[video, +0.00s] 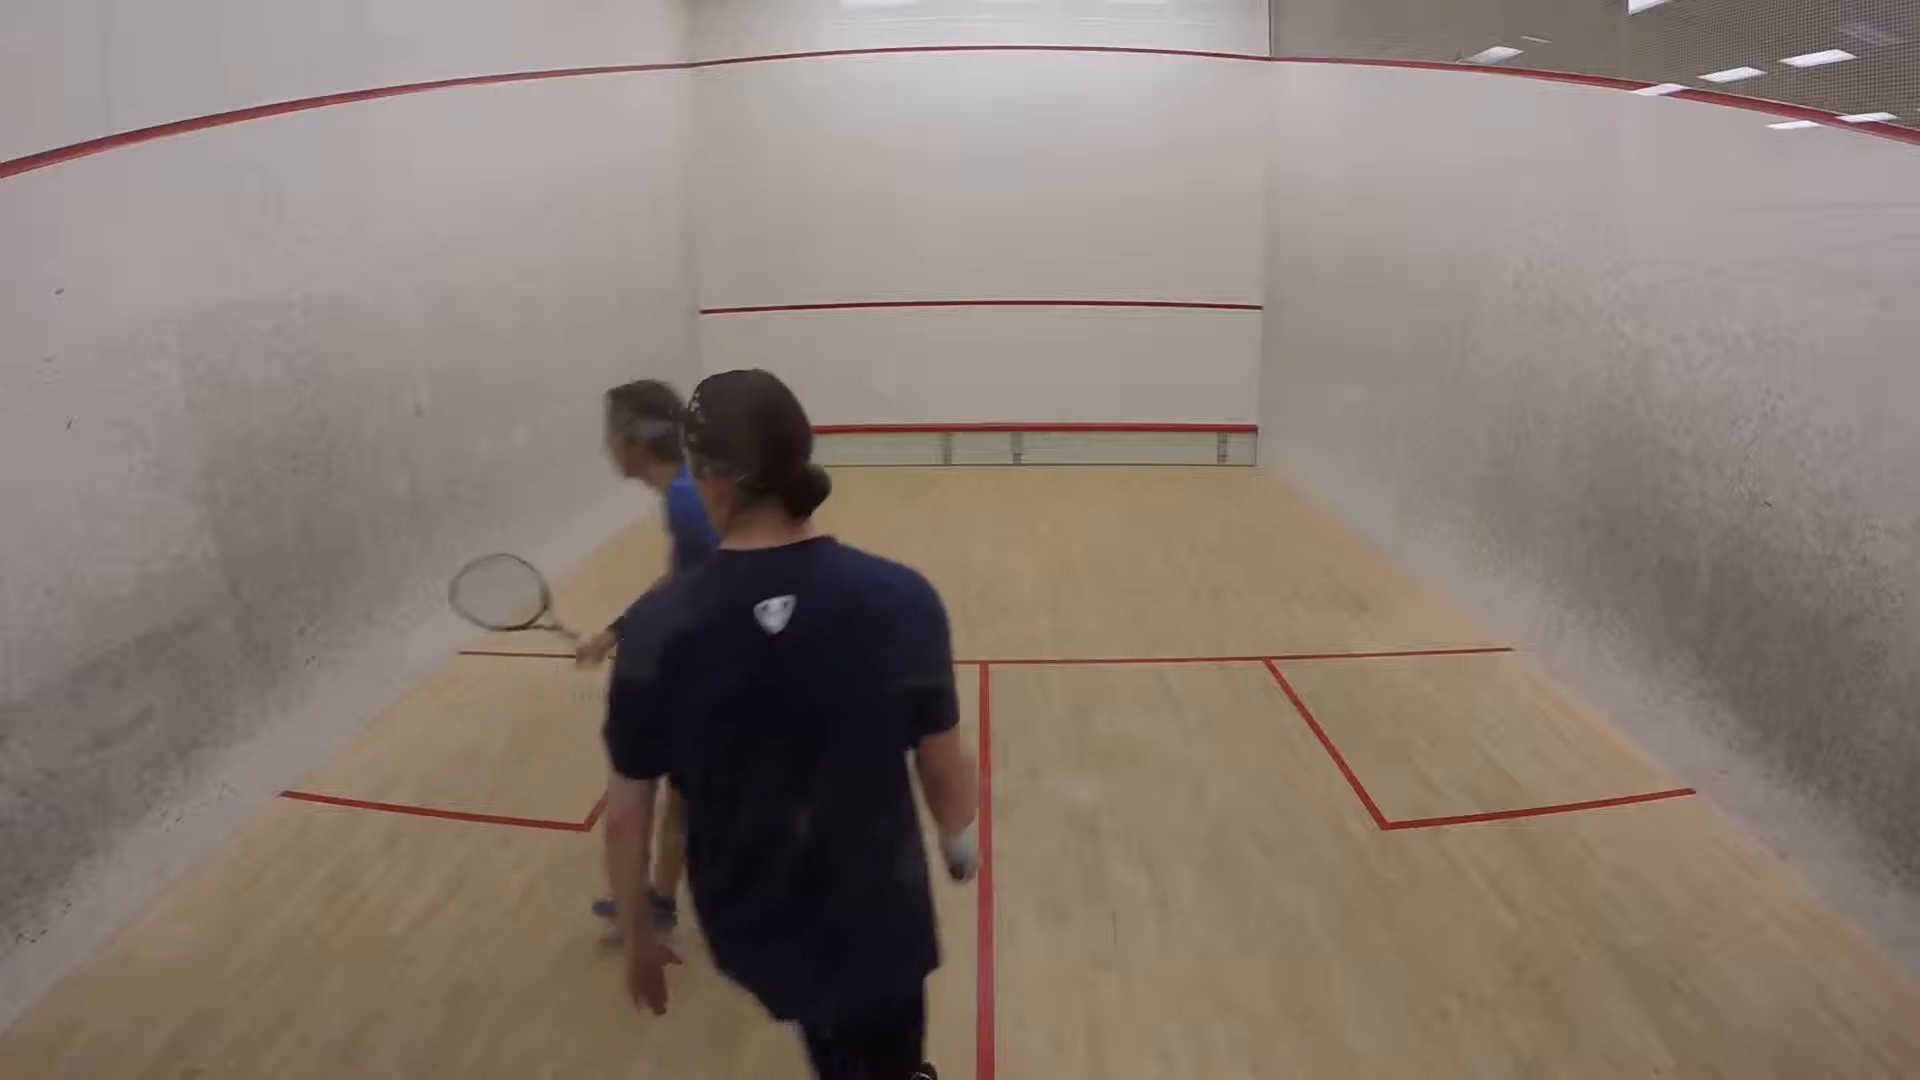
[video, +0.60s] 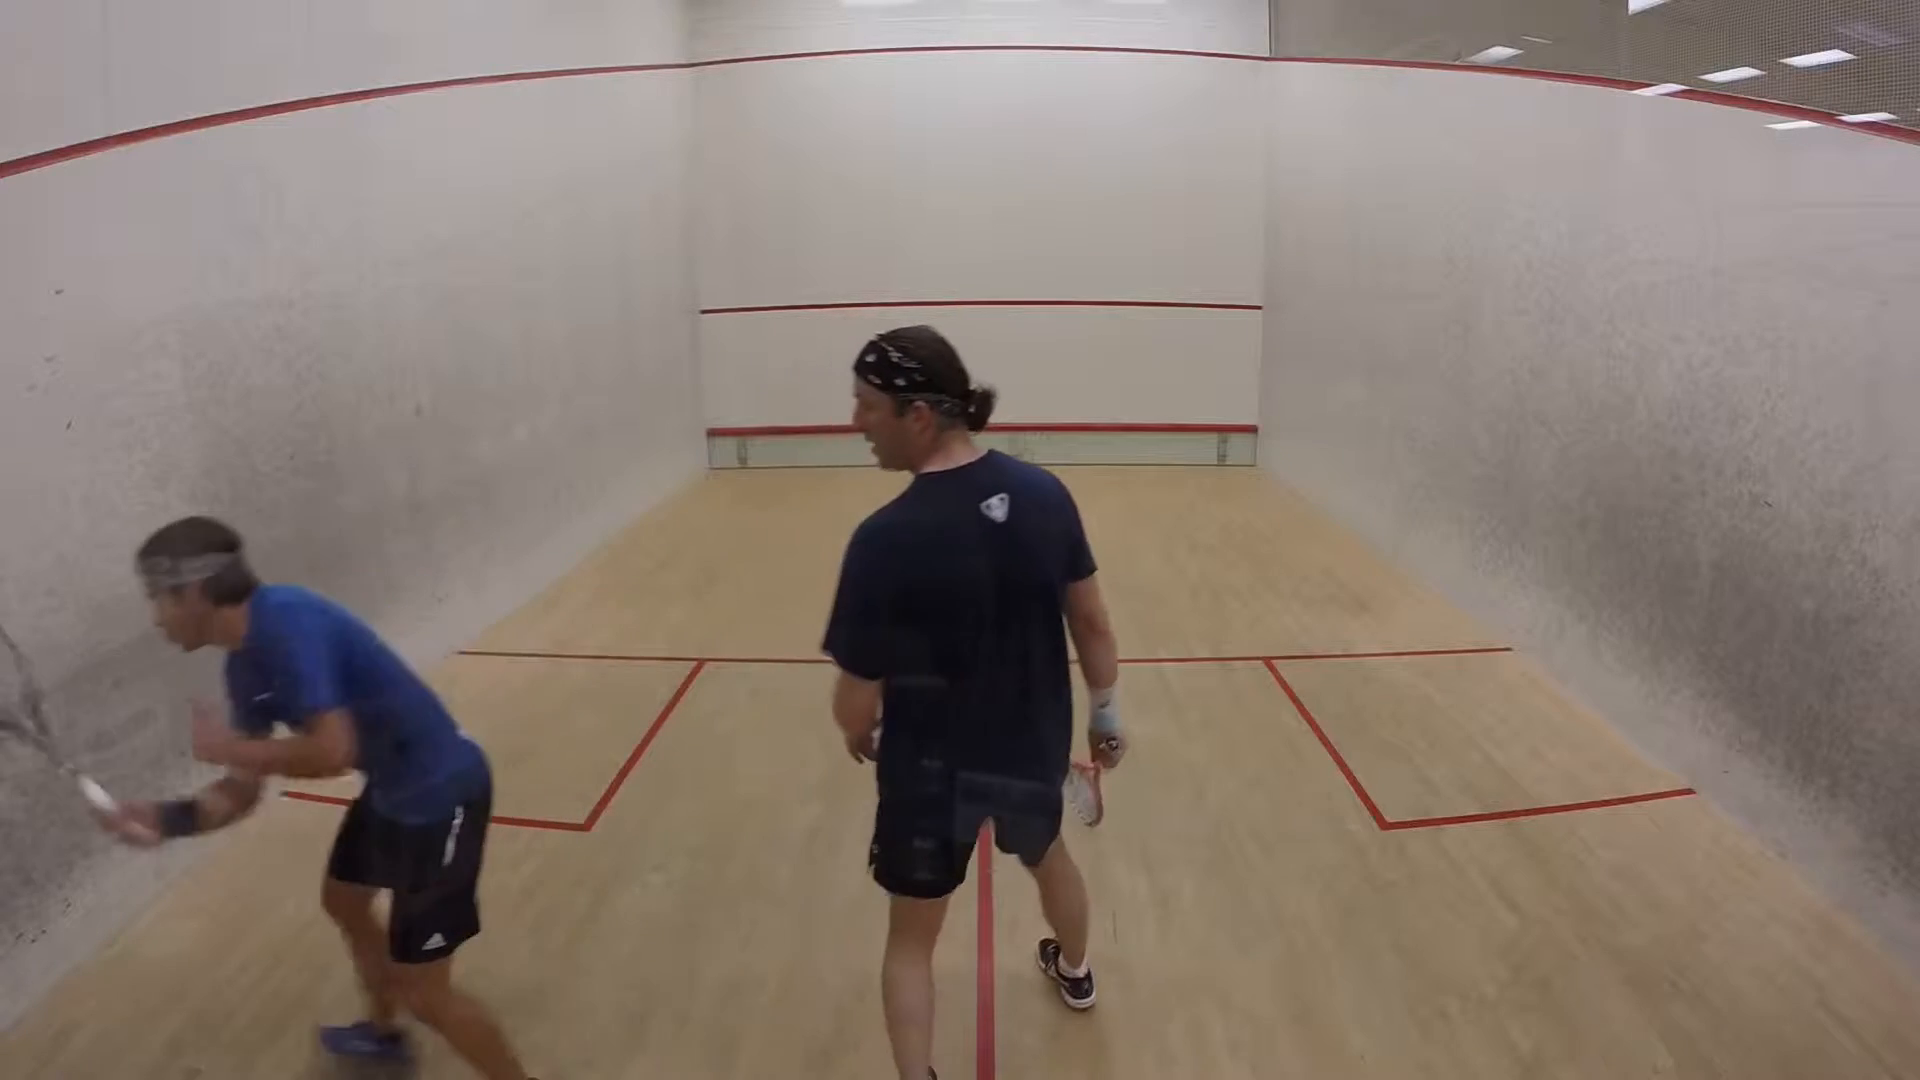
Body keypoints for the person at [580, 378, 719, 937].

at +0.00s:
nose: (614, 457)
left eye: (616, 443)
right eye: (613, 444)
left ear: (639, 442)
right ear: (665, 436)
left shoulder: (686, 497)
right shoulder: (691, 490)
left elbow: (696, 585)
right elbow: (678, 580)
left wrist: (614, 634)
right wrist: (614, 633)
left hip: (712, 659)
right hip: (711, 653)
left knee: (675, 785)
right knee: (680, 780)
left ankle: (659, 899)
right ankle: (651, 893)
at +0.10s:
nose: (525, 485)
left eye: (530, 471)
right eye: (525, 472)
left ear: (562, 470)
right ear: (568, 469)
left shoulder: (625, 526)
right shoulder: (610, 525)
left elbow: (686, 619)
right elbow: (599, 622)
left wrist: (669, 714)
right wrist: (541, 693)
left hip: (695, 689)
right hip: (657, 685)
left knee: (702, 844)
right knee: (616, 801)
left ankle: (788, 836)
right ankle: (648, 906)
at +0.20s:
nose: (444, 504)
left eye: (449, 488)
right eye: (443, 490)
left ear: (483, 486)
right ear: (488, 487)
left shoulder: (573, 534)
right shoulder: (519, 558)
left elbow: (673, 601)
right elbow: (531, 652)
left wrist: (658, 705)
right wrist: (488, 736)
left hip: (655, 701)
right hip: (605, 696)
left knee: (609, 868)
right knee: (580, 827)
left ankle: (702, 920)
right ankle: (647, 908)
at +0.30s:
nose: (363, 526)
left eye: (368, 509)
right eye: (361, 511)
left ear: (409, 506)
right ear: (410, 508)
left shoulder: (511, 546)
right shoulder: (438, 581)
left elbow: (625, 592)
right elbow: (464, 687)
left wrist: (615, 701)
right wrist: (435, 775)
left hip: (596, 722)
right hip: (548, 726)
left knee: (550, 909)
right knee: (567, 848)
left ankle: (582, 1048)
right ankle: (640, 907)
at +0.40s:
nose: (294, 565)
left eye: (300, 547)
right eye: (293, 548)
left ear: (344, 543)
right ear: (341, 546)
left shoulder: (446, 589)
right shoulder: (373, 619)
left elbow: (570, 630)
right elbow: (405, 734)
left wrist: (544, 742)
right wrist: (375, 826)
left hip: (534, 774)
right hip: (485, 775)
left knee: (486, 957)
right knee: (502, 889)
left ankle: (530, 1071)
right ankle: (614, 906)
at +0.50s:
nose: (218, 595)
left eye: (224, 577)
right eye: (217, 578)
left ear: (265, 573)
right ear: (266, 574)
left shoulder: (370, 612)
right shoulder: (305, 649)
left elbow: (479, 698)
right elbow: (332, 764)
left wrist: (406, 774)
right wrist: (291, 851)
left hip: (490, 788)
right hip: (434, 791)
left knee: (448, 980)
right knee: (409, 908)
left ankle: (518, 1072)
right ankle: (527, 970)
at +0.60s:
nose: (155, 618)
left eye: (159, 599)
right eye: (152, 601)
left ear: (195, 593)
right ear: (198, 592)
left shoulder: (290, 625)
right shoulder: (246, 661)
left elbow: (334, 752)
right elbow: (244, 787)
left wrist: (231, 749)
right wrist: (169, 819)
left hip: (445, 789)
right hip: (392, 787)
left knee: (421, 986)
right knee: (345, 900)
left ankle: (514, 1073)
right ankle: (387, 1033)